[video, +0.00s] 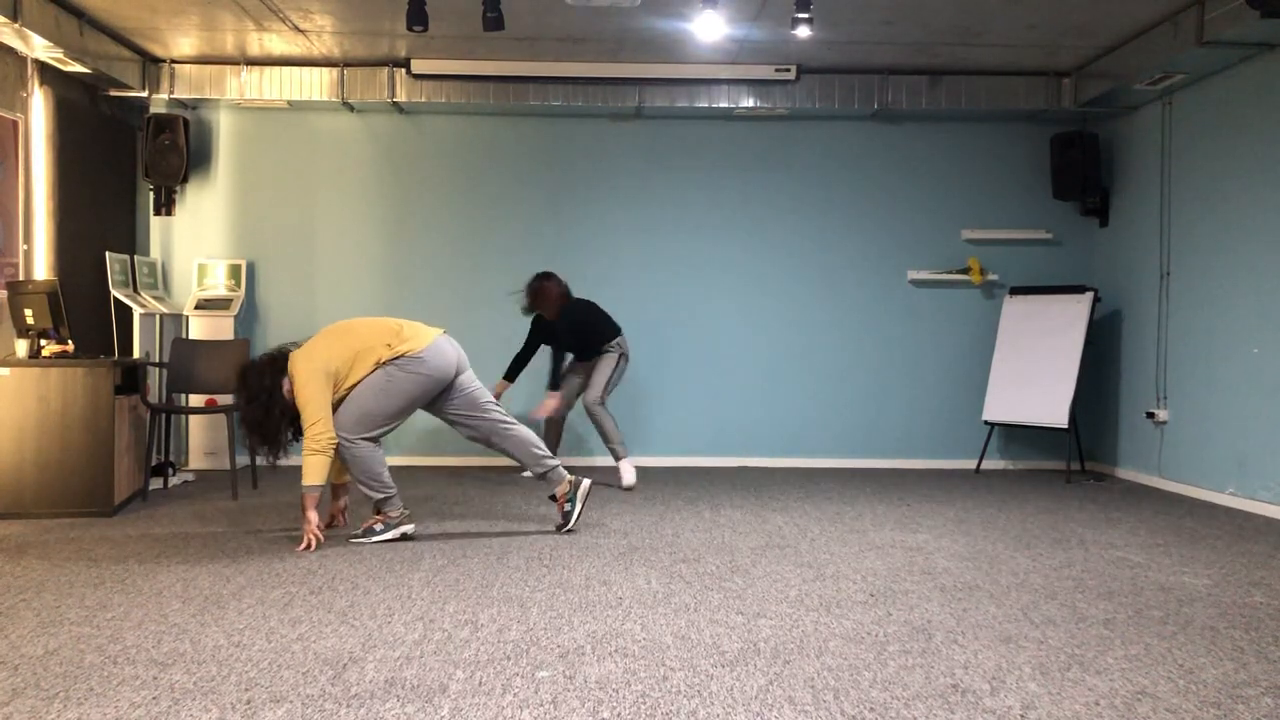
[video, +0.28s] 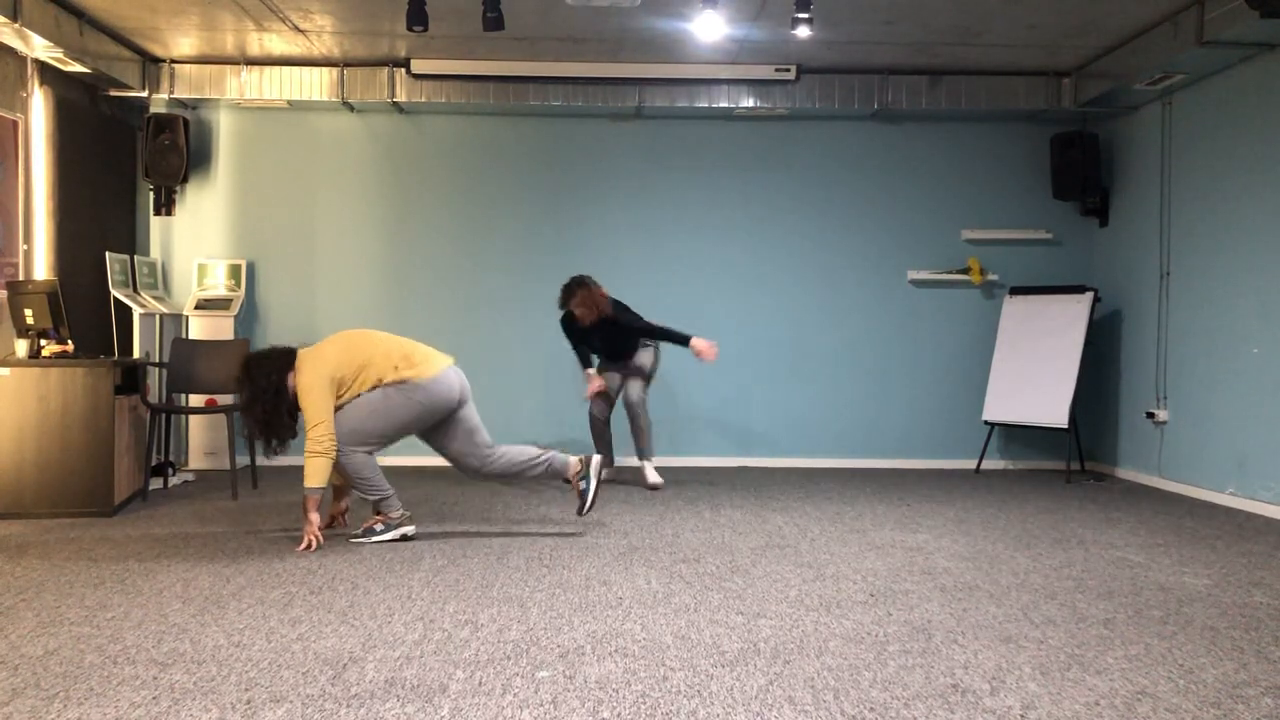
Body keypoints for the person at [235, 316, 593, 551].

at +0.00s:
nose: (294, 412)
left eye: (283, 407)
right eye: (288, 408)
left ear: (282, 387)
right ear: (287, 375)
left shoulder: (308, 371)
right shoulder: (320, 356)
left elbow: (317, 438)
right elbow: (343, 429)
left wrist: (309, 511)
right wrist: (338, 493)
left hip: (418, 359)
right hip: (442, 349)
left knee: (348, 432)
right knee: (490, 422)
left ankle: (391, 514)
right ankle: (564, 485)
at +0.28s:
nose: (283, 406)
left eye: (274, 401)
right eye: (275, 402)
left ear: (278, 384)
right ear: (287, 366)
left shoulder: (312, 373)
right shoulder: (326, 359)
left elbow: (318, 444)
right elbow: (345, 435)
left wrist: (312, 515)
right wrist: (341, 495)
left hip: (422, 385)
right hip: (445, 378)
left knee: (344, 440)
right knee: (481, 459)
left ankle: (390, 516)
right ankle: (573, 468)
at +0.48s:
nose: (307, 382)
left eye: (302, 374)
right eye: (303, 376)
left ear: (308, 363)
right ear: (325, 347)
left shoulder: (338, 373)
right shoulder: (359, 359)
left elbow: (330, 447)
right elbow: (350, 441)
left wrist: (312, 511)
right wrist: (340, 499)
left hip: (435, 435)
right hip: (463, 429)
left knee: (342, 448)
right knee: (491, 505)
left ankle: (390, 518)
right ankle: (579, 491)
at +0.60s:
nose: (313, 334)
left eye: (317, 327)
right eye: (314, 326)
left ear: (336, 331)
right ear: (354, 326)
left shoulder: (362, 363)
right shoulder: (386, 349)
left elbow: (347, 429)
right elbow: (368, 426)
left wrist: (323, 486)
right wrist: (343, 483)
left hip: (439, 441)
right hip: (469, 437)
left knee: (347, 443)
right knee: (496, 513)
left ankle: (393, 519)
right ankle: (582, 494)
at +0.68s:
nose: (318, 308)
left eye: (323, 301)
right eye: (320, 299)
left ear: (343, 304)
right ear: (359, 301)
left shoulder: (364, 343)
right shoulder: (389, 329)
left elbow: (354, 410)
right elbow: (369, 405)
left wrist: (327, 460)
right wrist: (335, 461)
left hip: (439, 427)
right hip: (468, 424)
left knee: (342, 442)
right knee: (493, 500)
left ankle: (393, 517)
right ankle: (584, 495)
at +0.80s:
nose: (316, 234)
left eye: (324, 229)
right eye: (321, 226)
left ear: (343, 242)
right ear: (360, 244)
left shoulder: (352, 289)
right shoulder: (380, 281)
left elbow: (350, 354)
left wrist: (316, 393)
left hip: (411, 388)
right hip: (441, 381)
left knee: (334, 446)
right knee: (477, 453)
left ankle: (392, 516)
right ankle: (565, 489)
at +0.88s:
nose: (315, 202)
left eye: (324, 199)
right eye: (321, 196)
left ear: (340, 214)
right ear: (353, 217)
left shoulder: (341, 262)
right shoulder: (371, 255)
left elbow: (339, 322)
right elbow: (354, 322)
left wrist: (304, 357)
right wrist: (312, 355)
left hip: (394, 367)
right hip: (422, 360)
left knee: (337, 442)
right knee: (443, 443)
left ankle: (392, 516)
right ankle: (531, 473)